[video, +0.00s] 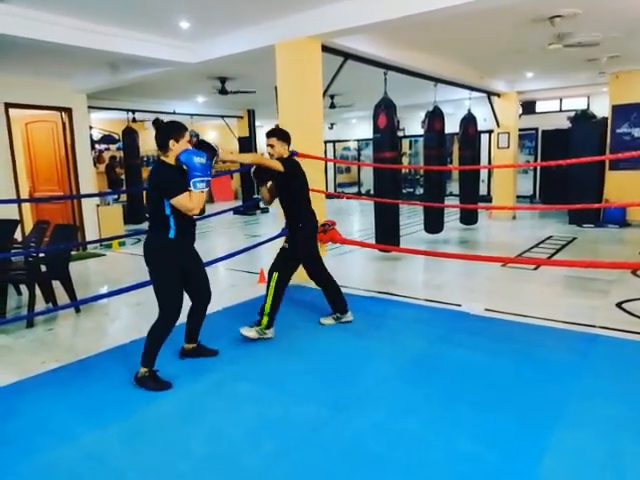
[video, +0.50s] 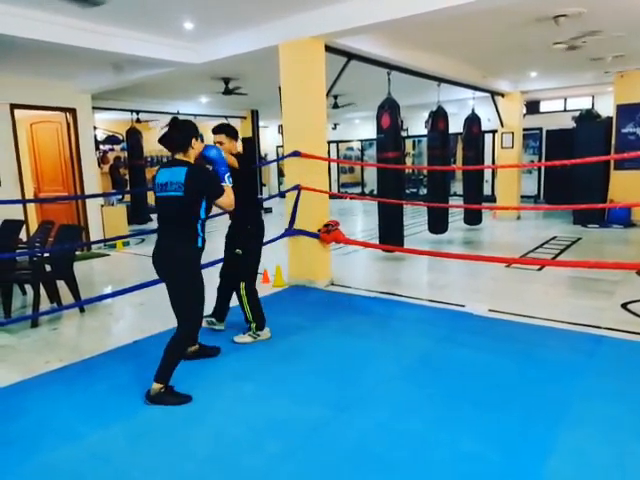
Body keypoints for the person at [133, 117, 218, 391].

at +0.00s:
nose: (189, 146)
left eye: (189, 141)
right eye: (186, 141)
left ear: (172, 144)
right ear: (172, 144)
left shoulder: (179, 170)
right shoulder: (162, 174)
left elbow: (197, 203)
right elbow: (194, 208)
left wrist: (202, 171)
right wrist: (201, 176)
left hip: (183, 246)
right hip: (163, 249)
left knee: (202, 296)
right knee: (171, 309)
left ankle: (191, 344)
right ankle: (145, 370)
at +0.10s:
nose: (191, 146)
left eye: (190, 141)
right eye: (187, 142)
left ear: (173, 145)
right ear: (172, 144)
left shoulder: (180, 170)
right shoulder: (164, 174)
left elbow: (197, 201)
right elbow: (197, 206)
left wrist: (203, 168)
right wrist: (201, 173)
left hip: (184, 246)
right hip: (165, 249)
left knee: (202, 296)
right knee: (175, 310)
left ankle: (190, 344)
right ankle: (146, 369)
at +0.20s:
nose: (190, 146)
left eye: (189, 141)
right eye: (186, 141)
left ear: (171, 144)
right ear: (173, 144)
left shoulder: (178, 169)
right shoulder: (169, 174)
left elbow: (200, 198)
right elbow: (202, 206)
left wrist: (201, 169)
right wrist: (204, 175)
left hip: (183, 247)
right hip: (169, 250)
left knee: (202, 295)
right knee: (184, 311)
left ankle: (191, 344)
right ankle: (145, 368)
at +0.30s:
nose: (190, 148)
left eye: (189, 143)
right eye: (187, 144)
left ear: (167, 146)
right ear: (176, 146)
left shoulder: (162, 172)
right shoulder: (176, 176)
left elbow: (195, 203)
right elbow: (206, 209)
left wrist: (202, 188)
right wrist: (207, 182)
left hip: (175, 247)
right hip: (175, 252)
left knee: (202, 295)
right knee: (189, 314)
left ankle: (192, 344)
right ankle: (151, 375)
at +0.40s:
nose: (195, 149)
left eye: (193, 144)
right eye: (192, 145)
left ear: (168, 148)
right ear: (183, 147)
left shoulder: (159, 174)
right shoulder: (186, 177)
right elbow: (214, 210)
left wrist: (211, 200)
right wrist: (215, 187)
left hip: (164, 253)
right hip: (179, 257)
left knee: (198, 297)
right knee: (186, 323)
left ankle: (191, 343)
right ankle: (158, 386)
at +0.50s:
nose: (202, 144)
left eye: (200, 140)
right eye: (199, 140)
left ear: (173, 145)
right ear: (192, 144)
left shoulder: (162, 173)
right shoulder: (199, 173)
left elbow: (171, 205)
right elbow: (228, 203)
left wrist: (205, 191)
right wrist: (218, 178)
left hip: (162, 253)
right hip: (184, 256)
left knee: (187, 301)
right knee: (188, 325)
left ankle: (191, 345)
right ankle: (158, 386)